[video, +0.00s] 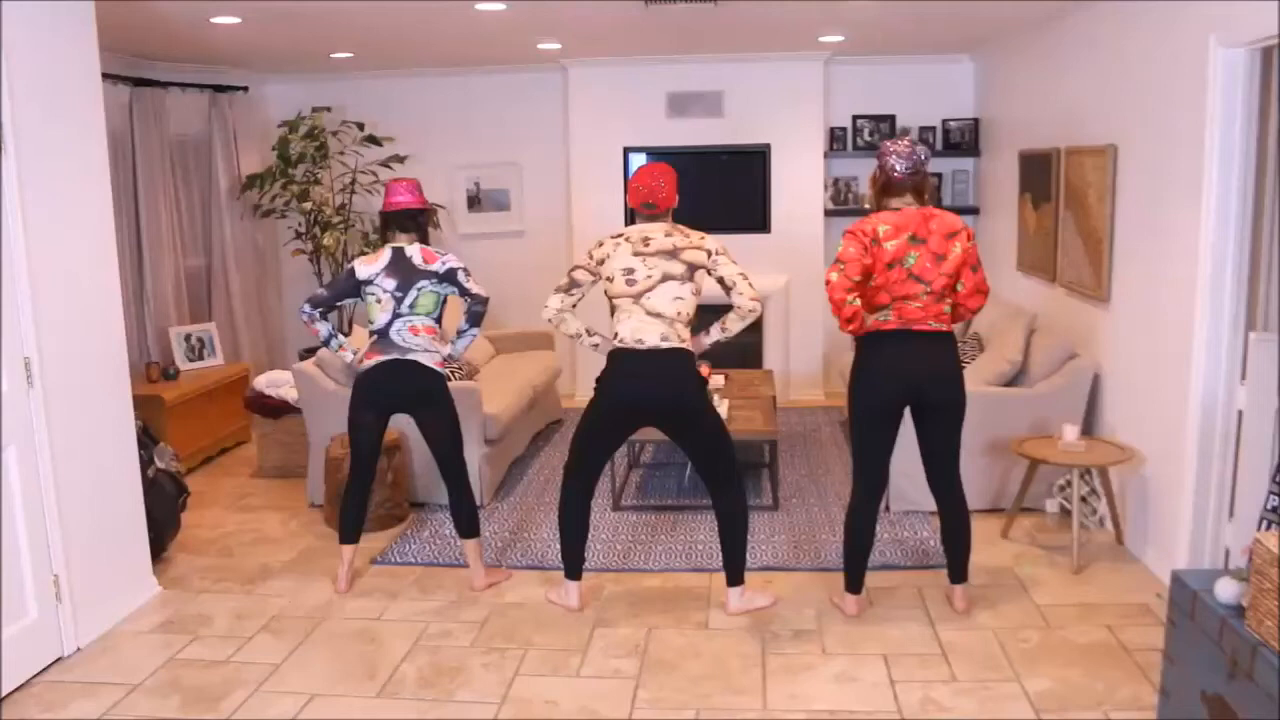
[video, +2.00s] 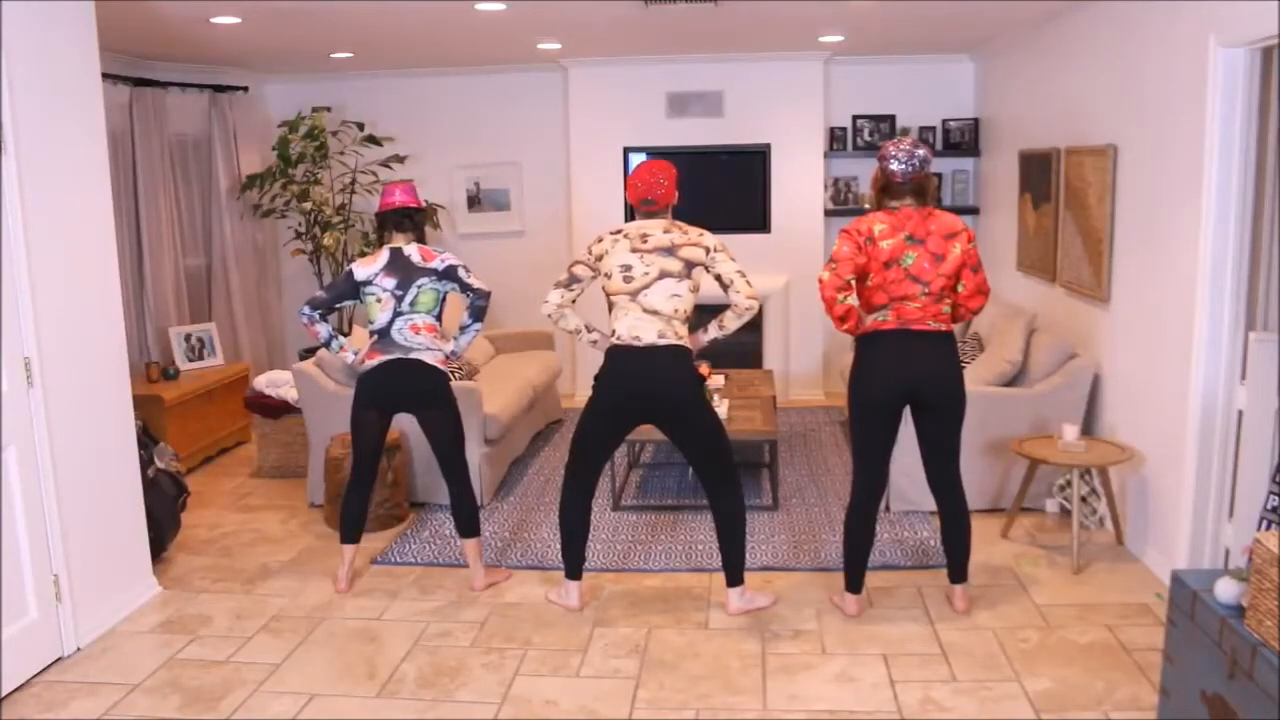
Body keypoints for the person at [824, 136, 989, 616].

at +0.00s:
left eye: (877, 177)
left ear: (878, 182)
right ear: (925, 181)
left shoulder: (866, 230)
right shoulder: (953, 227)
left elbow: (838, 285)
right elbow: (974, 292)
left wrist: (860, 328)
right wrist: (944, 323)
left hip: (880, 360)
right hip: (939, 360)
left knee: (868, 482)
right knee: (947, 479)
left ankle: (852, 594)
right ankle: (959, 590)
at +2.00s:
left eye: (879, 175)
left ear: (879, 182)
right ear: (928, 181)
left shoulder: (862, 229)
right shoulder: (953, 227)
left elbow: (833, 286)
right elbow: (975, 292)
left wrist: (861, 325)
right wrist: (944, 322)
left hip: (879, 358)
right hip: (938, 358)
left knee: (867, 481)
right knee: (947, 478)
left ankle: (853, 594)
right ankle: (959, 590)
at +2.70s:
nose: (866, 196)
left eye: (866, 189)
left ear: (874, 188)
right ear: (914, 183)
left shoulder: (866, 229)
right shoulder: (955, 225)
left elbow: (849, 282)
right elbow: (977, 289)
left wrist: (871, 330)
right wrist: (947, 324)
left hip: (891, 361)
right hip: (948, 360)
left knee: (870, 479)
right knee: (944, 478)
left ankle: (855, 592)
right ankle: (956, 589)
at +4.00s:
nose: (832, 232)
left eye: (829, 223)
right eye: (826, 225)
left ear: (845, 207)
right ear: (853, 202)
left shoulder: (873, 233)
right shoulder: (910, 222)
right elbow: (934, 270)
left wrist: (841, 330)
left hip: (906, 357)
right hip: (940, 352)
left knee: (875, 471)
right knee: (912, 467)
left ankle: (884, 585)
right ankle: (930, 570)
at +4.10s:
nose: (829, 236)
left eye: (827, 228)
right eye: (823, 231)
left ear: (843, 212)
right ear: (842, 211)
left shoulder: (879, 235)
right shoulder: (892, 225)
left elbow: (912, 287)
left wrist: (882, 332)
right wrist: (841, 329)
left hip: (909, 359)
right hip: (926, 355)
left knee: (877, 471)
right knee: (895, 467)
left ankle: (884, 586)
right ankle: (928, 566)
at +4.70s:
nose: (844, 222)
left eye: (849, 211)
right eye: (836, 214)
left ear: (871, 198)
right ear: (832, 210)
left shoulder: (911, 235)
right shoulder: (848, 238)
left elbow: (930, 307)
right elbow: (841, 294)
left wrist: (866, 323)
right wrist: (819, 322)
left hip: (916, 361)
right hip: (876, 359)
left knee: (890, 471)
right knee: (854, 463)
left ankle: (898, 582)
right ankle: (894, 552)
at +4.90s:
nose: (853, 216)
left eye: (861, 206)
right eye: (845, 208)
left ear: (880, 194)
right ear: (838, 204)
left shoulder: (920, 233)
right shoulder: (841, 234)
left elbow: (939, 300)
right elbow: (828, 290)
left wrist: (877, 321)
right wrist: (821, 320)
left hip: (913, 361)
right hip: (863, 359)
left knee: (893, 469)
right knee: (856, 464)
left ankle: (896, 583)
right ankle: (861, 566)